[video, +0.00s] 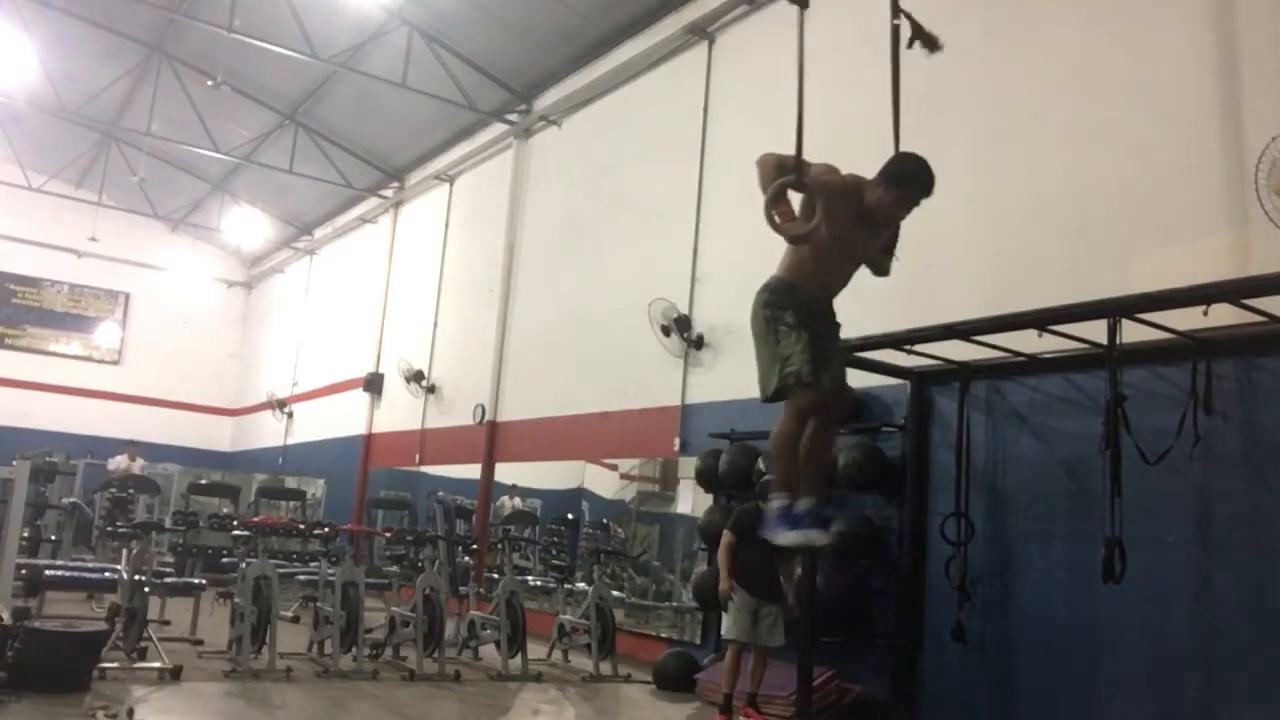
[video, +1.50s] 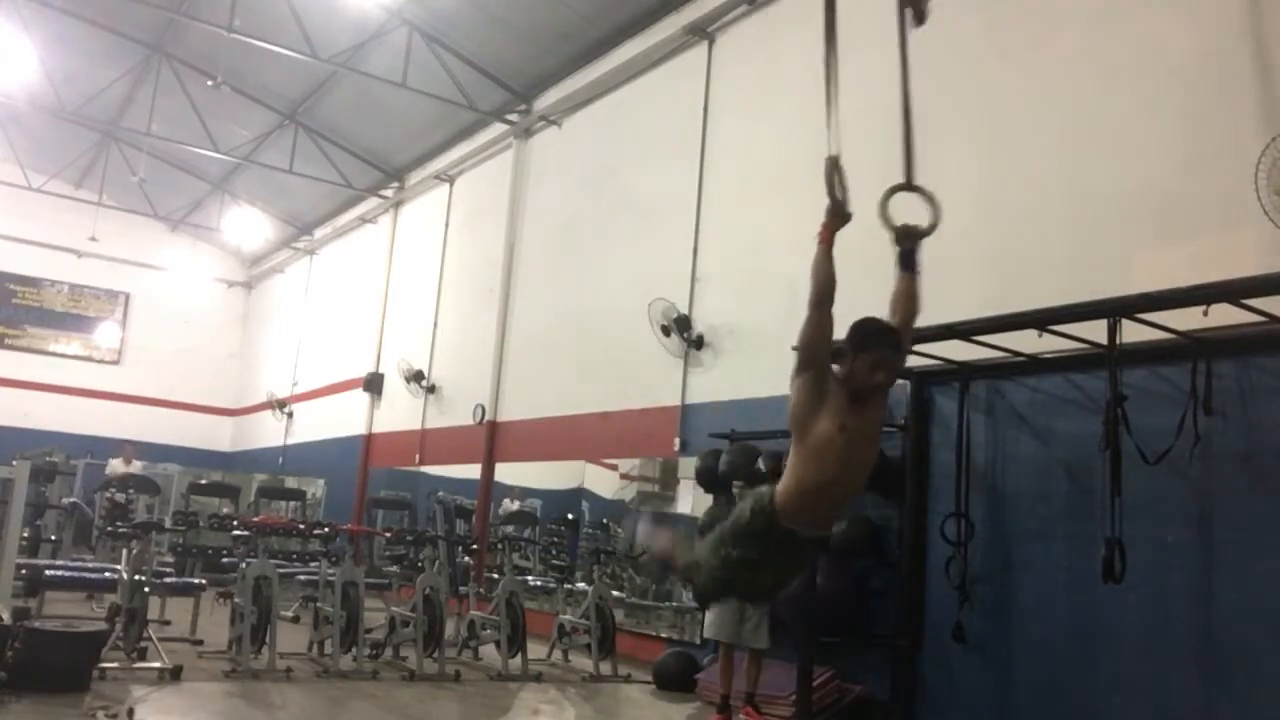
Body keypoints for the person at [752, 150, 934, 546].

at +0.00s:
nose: (899, 216)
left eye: (906, 210)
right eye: (898, 205)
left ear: (908, 204)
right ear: (882, 185)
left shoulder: (886, 224)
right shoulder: (835, 184)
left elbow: (881, 268)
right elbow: (770, 163)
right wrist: (780, 209)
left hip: (820, 311)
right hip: (782, 302)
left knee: (831, 408)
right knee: (802, 399)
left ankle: (808, 510)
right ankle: (778, 510)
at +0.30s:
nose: (849, 204)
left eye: (855, 197)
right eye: (844, 193)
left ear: (859, 196)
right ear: (823, 183)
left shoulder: (846, 234)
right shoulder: (783, 214)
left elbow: (852, 275)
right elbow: (721, 241)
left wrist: (898, 267)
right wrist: (738, 231)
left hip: (821, 329)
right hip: (782, 329)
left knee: (893, 346)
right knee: (854, 349)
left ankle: (924, 437)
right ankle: (895, 451)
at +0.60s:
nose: (777, 354)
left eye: (782, 346)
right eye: (768, 346)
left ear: (791, 349)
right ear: (751, 349)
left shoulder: (802, 377)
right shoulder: (739, 381)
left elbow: (834, 348)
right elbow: (714, 325)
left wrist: (826, 296)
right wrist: (728, 265)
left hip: (829, 467)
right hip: (790, 470)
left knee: (897, 440)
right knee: (869, 436)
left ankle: (987, 453)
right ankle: (972, 453)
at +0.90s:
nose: (821, 394)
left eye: (829, 386)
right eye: (813, 384)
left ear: (839, 387)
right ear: (793, 380)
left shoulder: (833, 420)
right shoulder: (771, 417)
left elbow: (852, 349)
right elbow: (771, 335)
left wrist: (855, 281)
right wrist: (775, 266)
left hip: (834, 549)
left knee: (849, 668)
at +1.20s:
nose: (897, 382)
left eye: (904, 373)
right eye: (890, 369)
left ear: (910, 368)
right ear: (865, 356)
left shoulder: (891, 392)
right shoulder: (828, 389)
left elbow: (918, 320)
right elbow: (833, 304)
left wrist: (924, 252)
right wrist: (840, 231)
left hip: (833, 542)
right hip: (784, 524)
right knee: (708, 564)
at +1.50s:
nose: (882, 379)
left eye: (889, 370)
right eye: (873, 367)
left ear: (894, 370)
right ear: (848, 360)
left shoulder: (877, 395)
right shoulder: (816, 393)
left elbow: (903, 324)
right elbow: (820, 307)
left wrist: (908, 253)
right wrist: (827, 235)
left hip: (808, 541)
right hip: (767, 524)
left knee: (751, 593)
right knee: (704, 577)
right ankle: (654, 536)